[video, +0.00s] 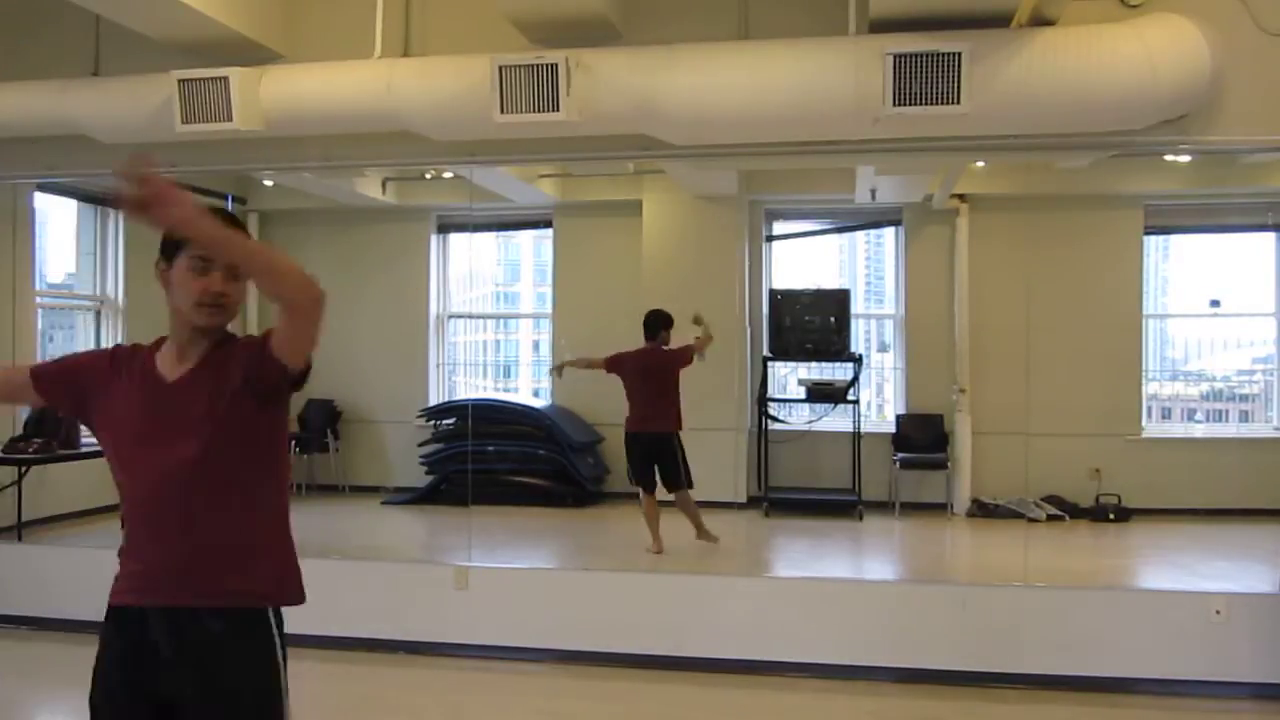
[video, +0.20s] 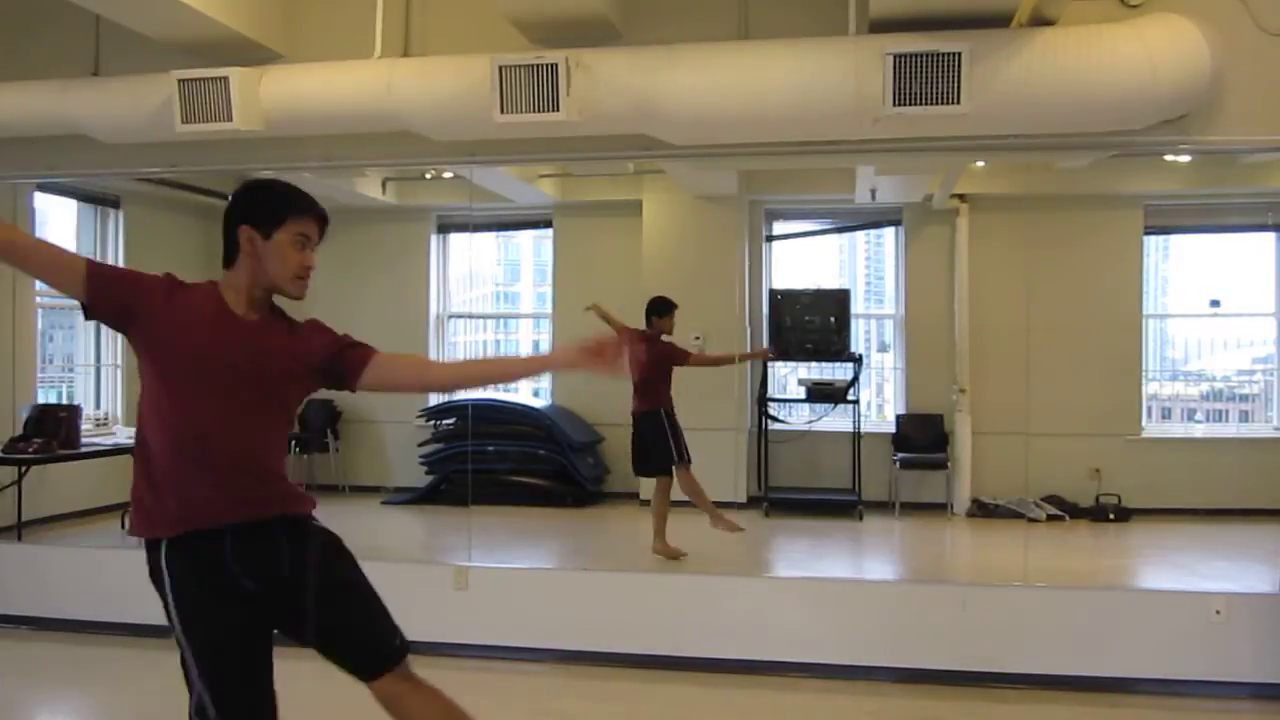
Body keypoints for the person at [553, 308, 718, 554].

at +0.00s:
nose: (671, 335)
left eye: (670, 331)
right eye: (669, 331)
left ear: (645, 332)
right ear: (663, 332)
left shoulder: (627, 359)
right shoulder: (671, 357)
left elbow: (593, 363)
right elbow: (701, 344)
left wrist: (565, 363)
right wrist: (705, 328)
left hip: (636, 434)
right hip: (666, 434)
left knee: (647, 491)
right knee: (679, 489)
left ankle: (656, 542)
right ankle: (701, 529)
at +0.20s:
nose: (674, 322)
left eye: (673, 317)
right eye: (671, 317)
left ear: (652, 320)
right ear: (656, 320)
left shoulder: (633, 337)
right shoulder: (663, 348)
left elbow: (616, 325)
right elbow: (706, 359)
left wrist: (600, 312)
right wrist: (751, 356)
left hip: (644, 416)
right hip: (660, 415)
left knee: (663, 478)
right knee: (682, 469)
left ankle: (659, 542)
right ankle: (715, 516)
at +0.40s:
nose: (664, 328)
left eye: (667, 324)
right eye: (659, 324)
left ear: (669, 325)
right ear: (647, 325)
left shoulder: (659, 345)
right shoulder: (644, 360)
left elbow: (656, 309)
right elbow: (638, 402)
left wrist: (650, 272)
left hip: (670, 418)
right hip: (655, 419)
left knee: (679, 484)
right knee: (665, 463)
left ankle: (660, 545)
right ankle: (673, 508)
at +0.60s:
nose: (649, 316)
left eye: (653, 311)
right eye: (644, 312)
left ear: (658, 314)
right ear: (635, 315)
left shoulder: (668, 337)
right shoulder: (625, 345)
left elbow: (698, 301)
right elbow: (586, 355)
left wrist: (722, 260)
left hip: (668, 418)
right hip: (643, 419)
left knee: (665, 484)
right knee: (634, 483)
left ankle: (662, 542)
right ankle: (620, 547)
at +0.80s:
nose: (632, 319)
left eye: (639, 314)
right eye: (628, 314)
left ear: (648, 319)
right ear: (622, 318)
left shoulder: (660, 350)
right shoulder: (610, 344)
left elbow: (698, 359)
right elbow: (586, 310)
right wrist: (583, 272)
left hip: (650, 427)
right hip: (617, 427)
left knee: (663, 491)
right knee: (613, 494)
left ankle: (671, 541)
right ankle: (613, 554)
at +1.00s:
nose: (635, 336)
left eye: (641, 331)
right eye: (631, 331)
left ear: (651, 336)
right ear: (625, 334)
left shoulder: (656, 373)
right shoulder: (617, 358)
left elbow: (650, 422)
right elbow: (601, 318)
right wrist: (624, 303)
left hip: (646, 437)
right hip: (618, 436)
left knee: (642, 501)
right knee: (614, 502)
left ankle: (666, 554)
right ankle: (615, 558)